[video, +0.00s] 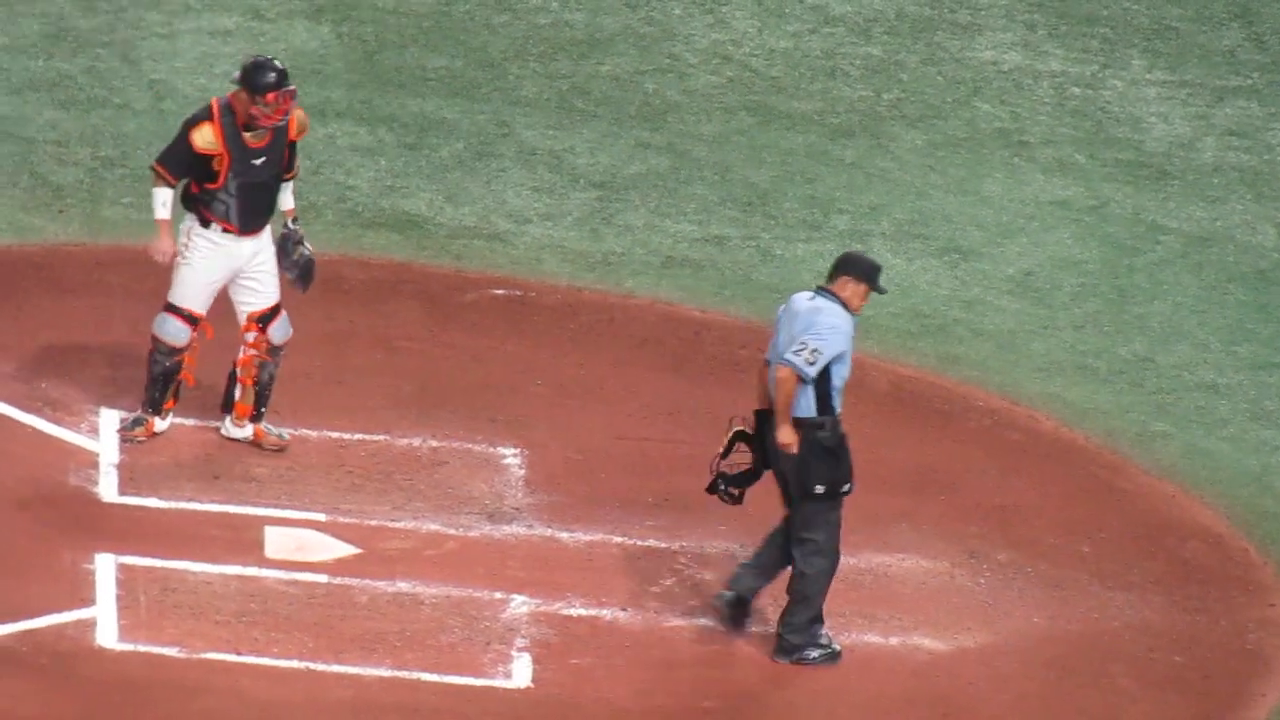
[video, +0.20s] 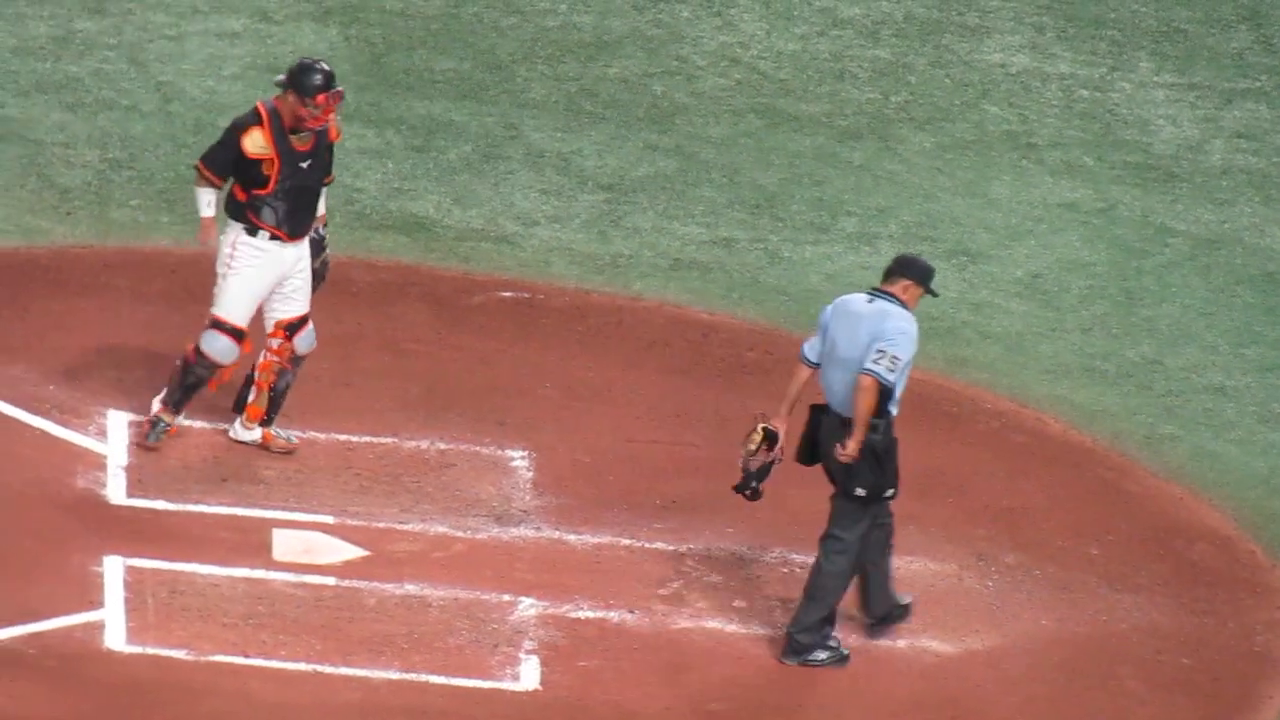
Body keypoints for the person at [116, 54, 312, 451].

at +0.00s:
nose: (278, 105)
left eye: (281, 97)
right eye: (269, 99)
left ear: (283, 95)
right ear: (246, 96)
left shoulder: (288, 124)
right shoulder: (210, 126)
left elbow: (286, 177)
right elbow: (163, 174)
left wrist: (291, 226)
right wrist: (164, 232)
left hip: (257, 242)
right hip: (208, 240)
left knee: (270, 333)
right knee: (174, 329)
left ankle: (243, 420)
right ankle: (154, 413)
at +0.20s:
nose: (322, 109)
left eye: (326, 102)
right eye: (316, 102)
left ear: (326, 99)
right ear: (293, 97)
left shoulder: (324, 130)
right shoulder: (254, 128)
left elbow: (320, 185)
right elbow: (209, 173)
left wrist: (319, 234)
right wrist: (207, 222)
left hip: (295, 251)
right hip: (251, 248)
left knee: (293, 341)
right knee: (221, 344)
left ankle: (251, 423)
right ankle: (166, 411)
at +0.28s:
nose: (337, 110)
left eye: (340, 102)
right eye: (329, 102)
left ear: (340, 100)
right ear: (307, 98)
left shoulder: (336, 130)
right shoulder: (268, 127)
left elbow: (328, 190)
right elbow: (221, 171)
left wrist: (328, 240)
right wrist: (221, 221)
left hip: (306, 251)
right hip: (262, 247)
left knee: (299, 340)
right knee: (248, 349)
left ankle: (254, 423)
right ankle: (183, 407)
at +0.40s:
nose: (360, 117)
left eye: (363, 109)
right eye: (353, 109)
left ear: (360, 107)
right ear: (331, 104)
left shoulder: (358, 135)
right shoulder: (287, 130)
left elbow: (346, 191)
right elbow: (239, 171)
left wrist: (345, 241)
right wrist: (243, 219)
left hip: (321, 251)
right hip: (279, 247)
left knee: (312, 345)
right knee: (285, 350)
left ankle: (263, 425)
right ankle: (224, 421)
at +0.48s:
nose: (373, 122)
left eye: (377, 114)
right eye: (366, 114)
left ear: (376, 111)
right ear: (343, 109)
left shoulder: (369, 142)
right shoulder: (301, 135)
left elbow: (359, 195)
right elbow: (252, 175)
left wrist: (358, 245)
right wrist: (256, 220)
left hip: (330, 256)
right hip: (289, 250)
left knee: (315, 346)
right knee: (304, 347)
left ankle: (267, 418)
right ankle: (261, 436)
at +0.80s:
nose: (420, 151)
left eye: (422, 143)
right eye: (414, 143)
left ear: (412, 140)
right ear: (392, 138)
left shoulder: (407, 162)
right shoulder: (351, 167)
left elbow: (402, 215)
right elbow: (311, 218)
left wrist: (412, 260)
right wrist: (314, 262)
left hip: (378, 280)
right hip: (342, 277)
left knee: (343, 366)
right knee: (366, 374)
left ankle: (282, 421)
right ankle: (351, 472)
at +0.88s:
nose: (430, 151)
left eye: (432, 143)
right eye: (425, 144)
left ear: (417, 139)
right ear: (403, 138)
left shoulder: (415, 162)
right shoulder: (365, 168)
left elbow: (408, 221)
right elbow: (322, 217)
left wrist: (425, 265)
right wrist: (327, 263)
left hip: (392, 280)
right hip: (359, 279)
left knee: (388, 365)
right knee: (375, 377)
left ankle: (305, 406)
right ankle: (351, 470)